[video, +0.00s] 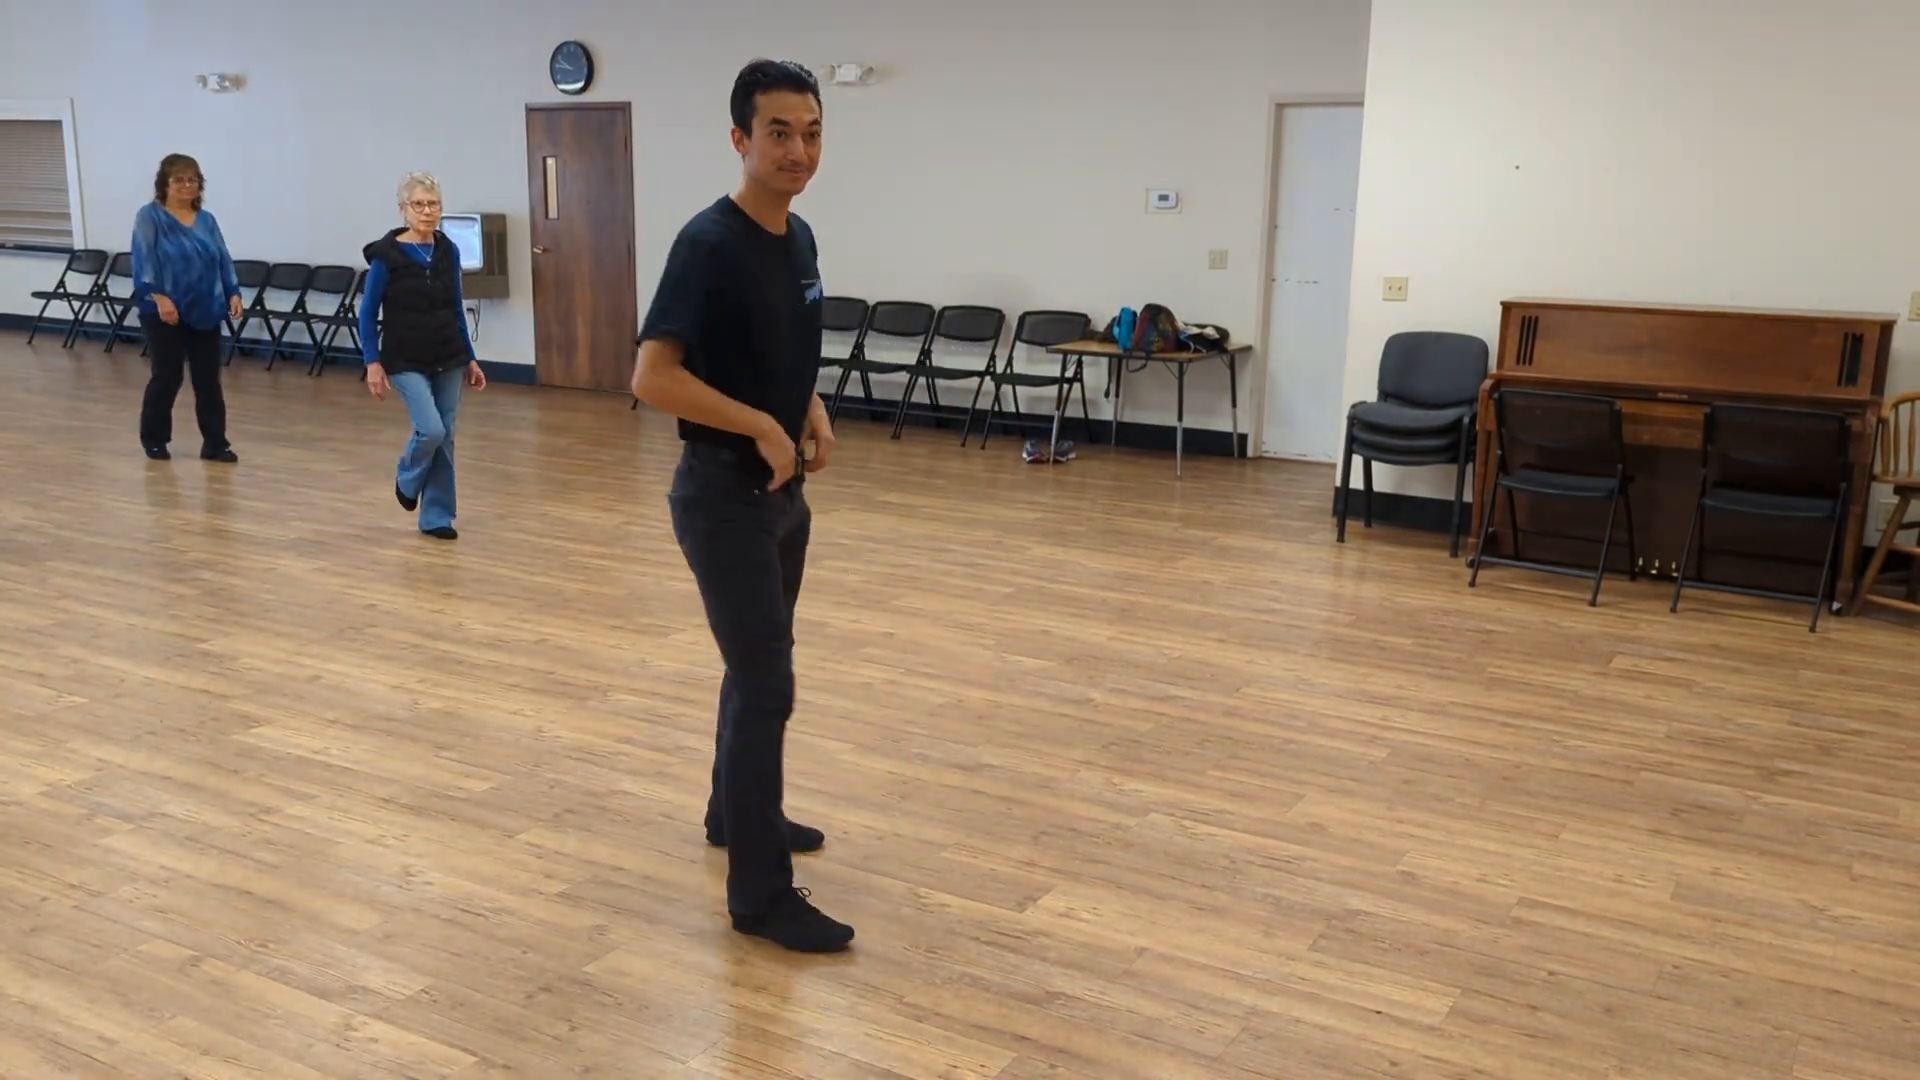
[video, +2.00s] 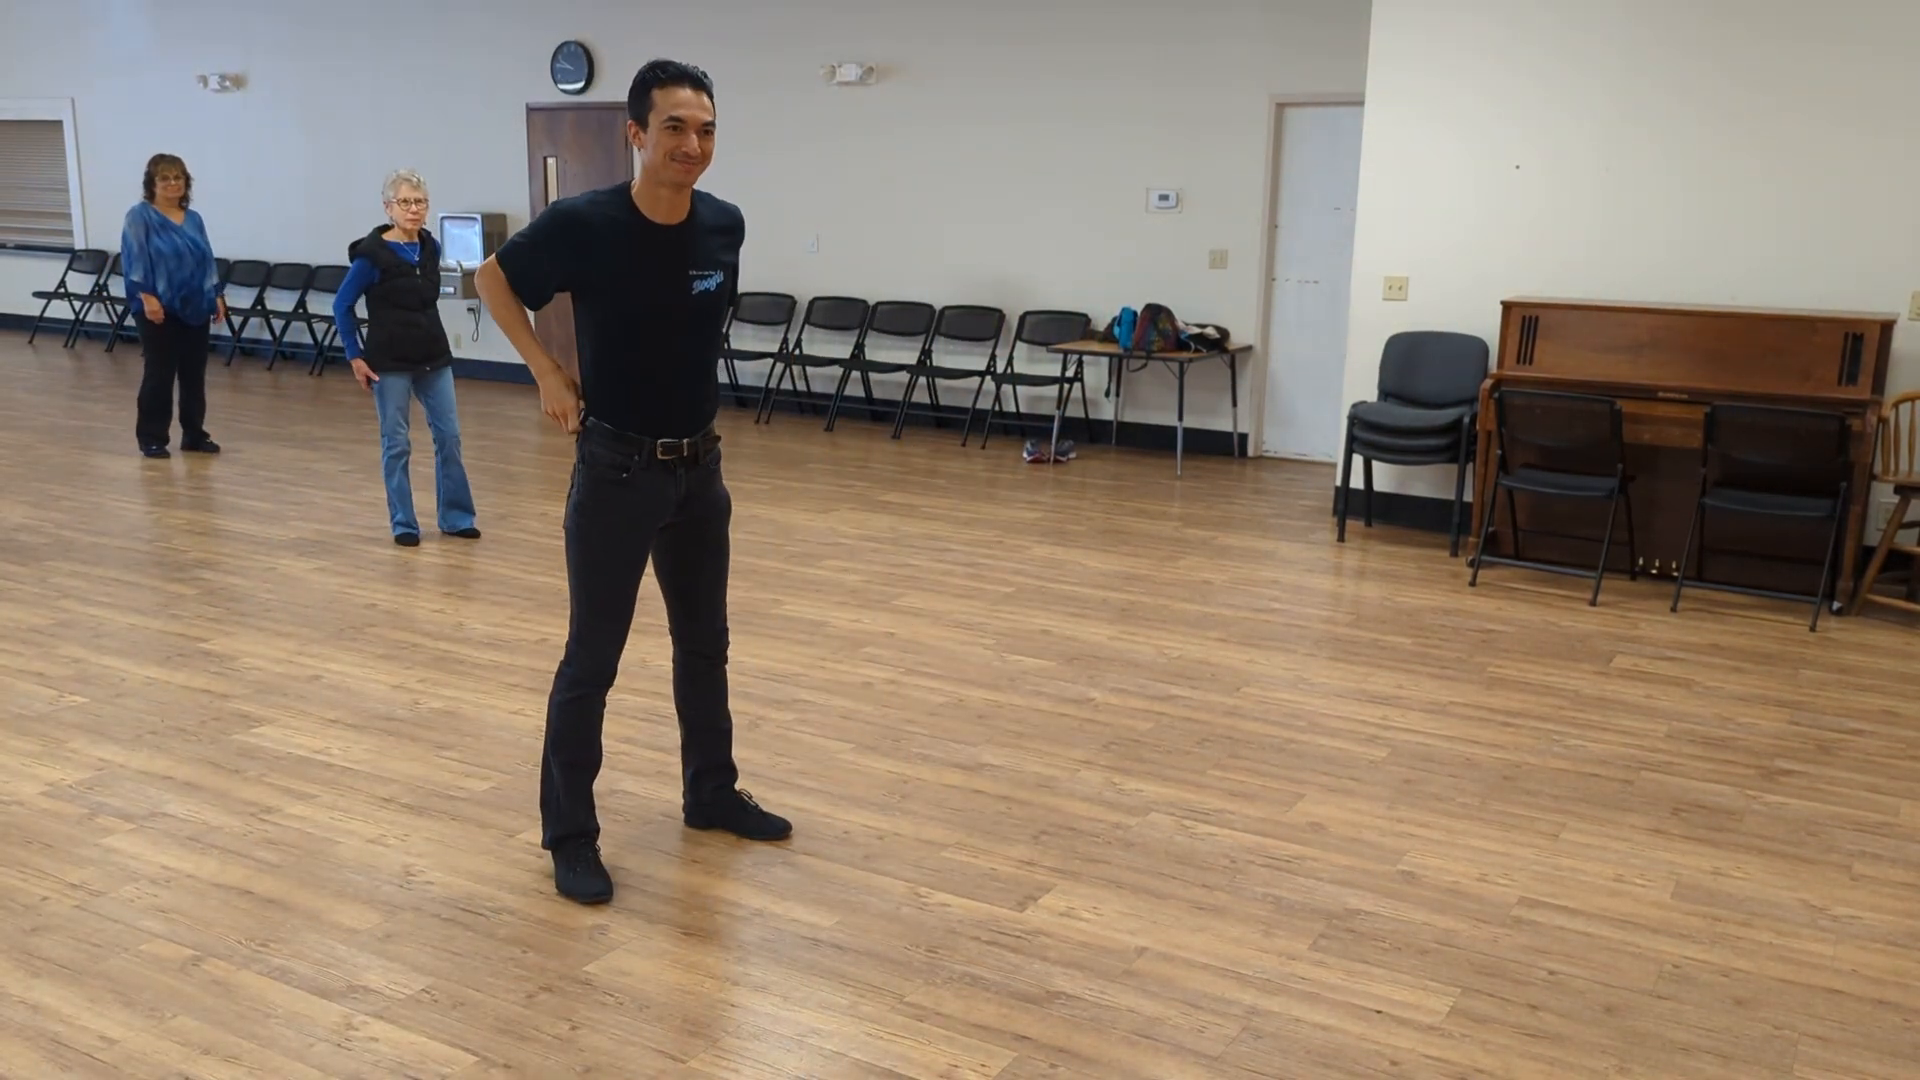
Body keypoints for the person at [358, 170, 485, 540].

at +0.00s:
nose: (427, 211)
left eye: (433, 204)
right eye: (419, 205)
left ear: (440, 209)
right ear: (404, 209)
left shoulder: (448, 250)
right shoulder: (387, 253)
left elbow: (457, 310)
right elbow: (367, 312)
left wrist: (469, 359)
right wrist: (372, 362)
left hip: (449, 357)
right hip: (404, 359)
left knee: (445, 436)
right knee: (433, 431)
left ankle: (437, 517)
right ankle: (409, 477)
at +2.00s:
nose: (415, 209)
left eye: (420, 202)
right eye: (406, 203)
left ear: (427, 208)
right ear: (389, 207)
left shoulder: (429, 247)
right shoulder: (373, 254)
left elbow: (424, 300)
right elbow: (342, 305)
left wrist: (428, 341)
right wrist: (355, 357)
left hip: (433, 357)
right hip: (390, 361)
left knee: (449, 436)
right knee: (397, 444)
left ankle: (456, 517)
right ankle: (404, 524)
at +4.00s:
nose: (434, 207)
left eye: (440, 201)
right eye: (425, 200)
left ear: (448, 206)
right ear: (409, 204)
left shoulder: (447, 249)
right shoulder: (391, 250)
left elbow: (447, 305)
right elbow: (358, 304)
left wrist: (463, 350)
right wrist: (370, 354)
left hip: (444, 360)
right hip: (399, 363)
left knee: (453, 441)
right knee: (404, 446)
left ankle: (457, 518)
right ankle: (411, 526)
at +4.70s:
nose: (424, 208)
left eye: (429, 201)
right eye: (415, 202)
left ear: (435, 205)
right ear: (397, 206)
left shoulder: (435, 247)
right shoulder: (382, 253)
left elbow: (436, 306)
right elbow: (353, 310)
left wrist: (454, 349)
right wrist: (370, 359)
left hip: (440, 359)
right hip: (397, 363)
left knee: (455, 439)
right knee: (403, 447)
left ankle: (464, 521)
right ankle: (409, 526)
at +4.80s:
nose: (427, 207)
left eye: (432, 200)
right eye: (417, 201)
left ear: (438, 204)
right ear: (400, 206)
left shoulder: (439, 247)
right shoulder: (385, 253)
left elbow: (440, 304)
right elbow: (355, 308)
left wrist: (459, 347)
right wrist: (372, 358)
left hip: (445, 360)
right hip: (401, 362)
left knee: (456, 439)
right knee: (406, 446)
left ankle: (464, 521)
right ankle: (409, 526)